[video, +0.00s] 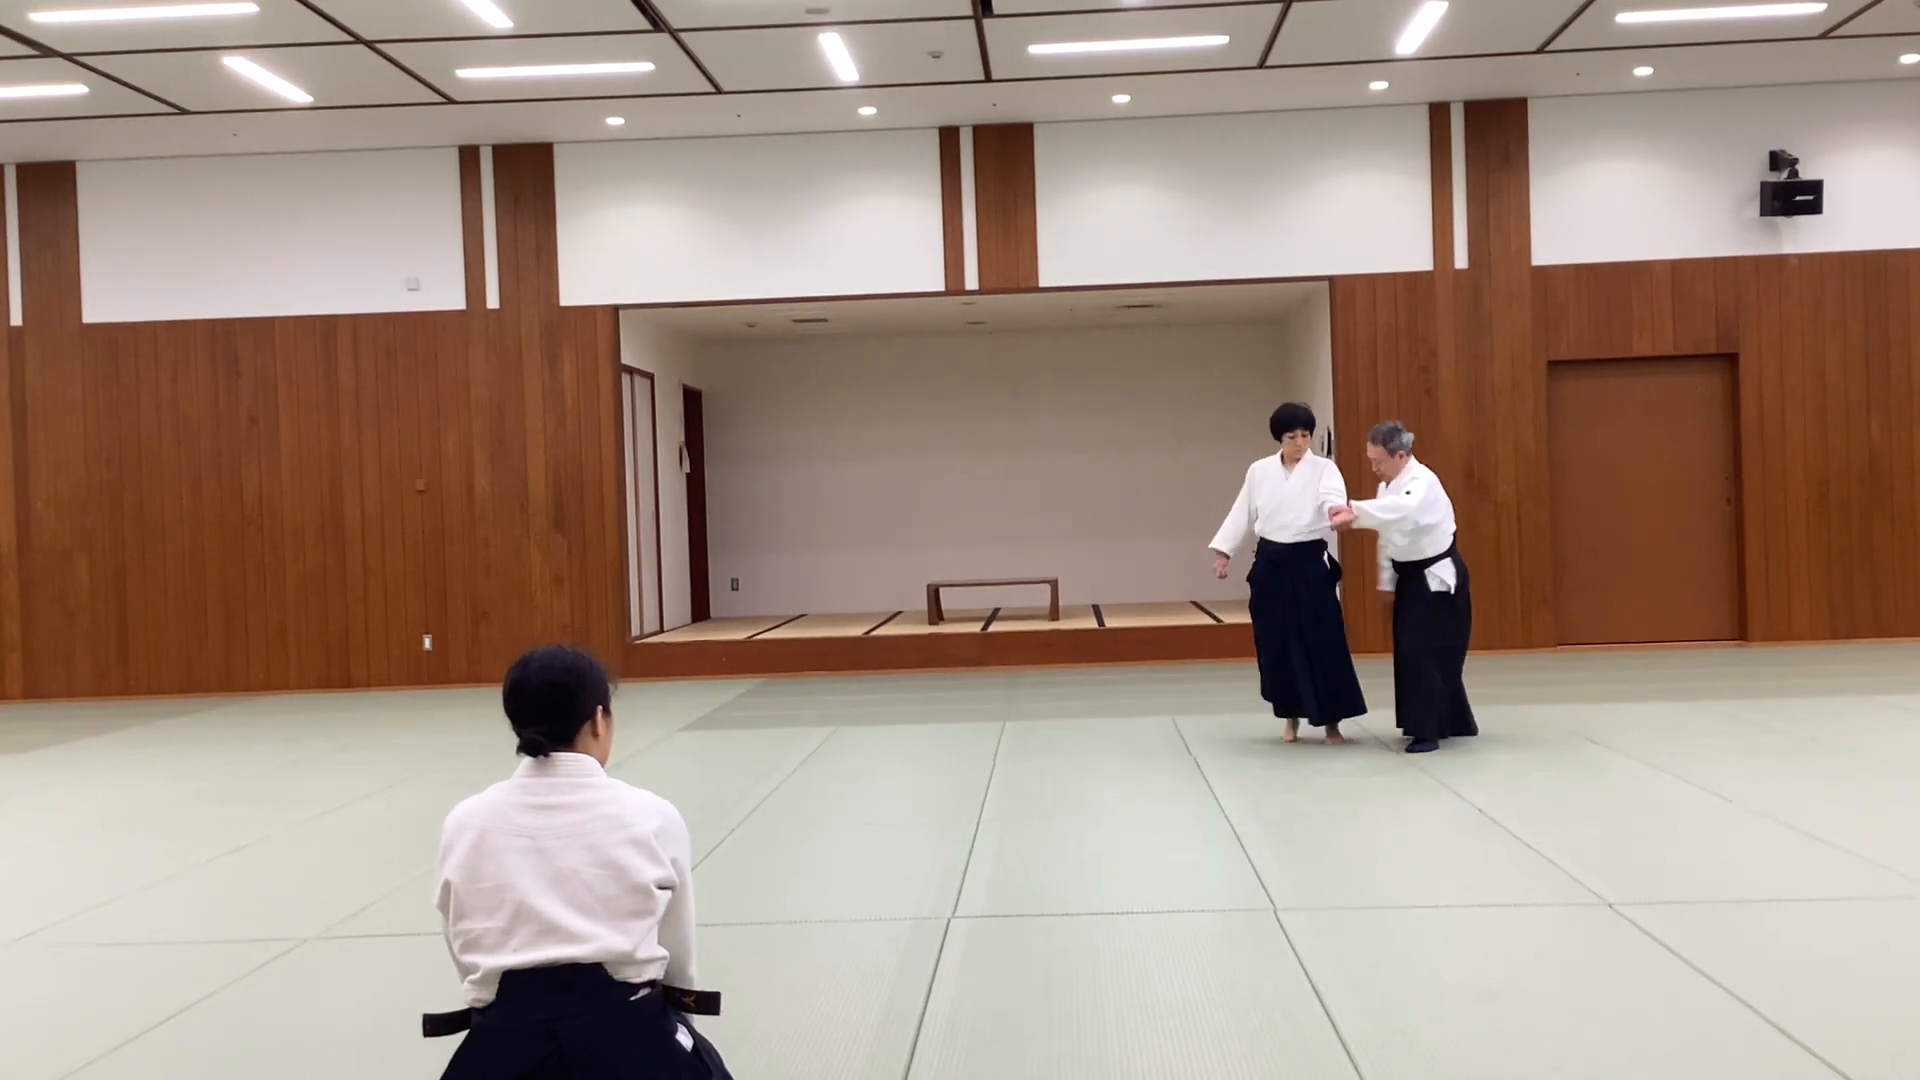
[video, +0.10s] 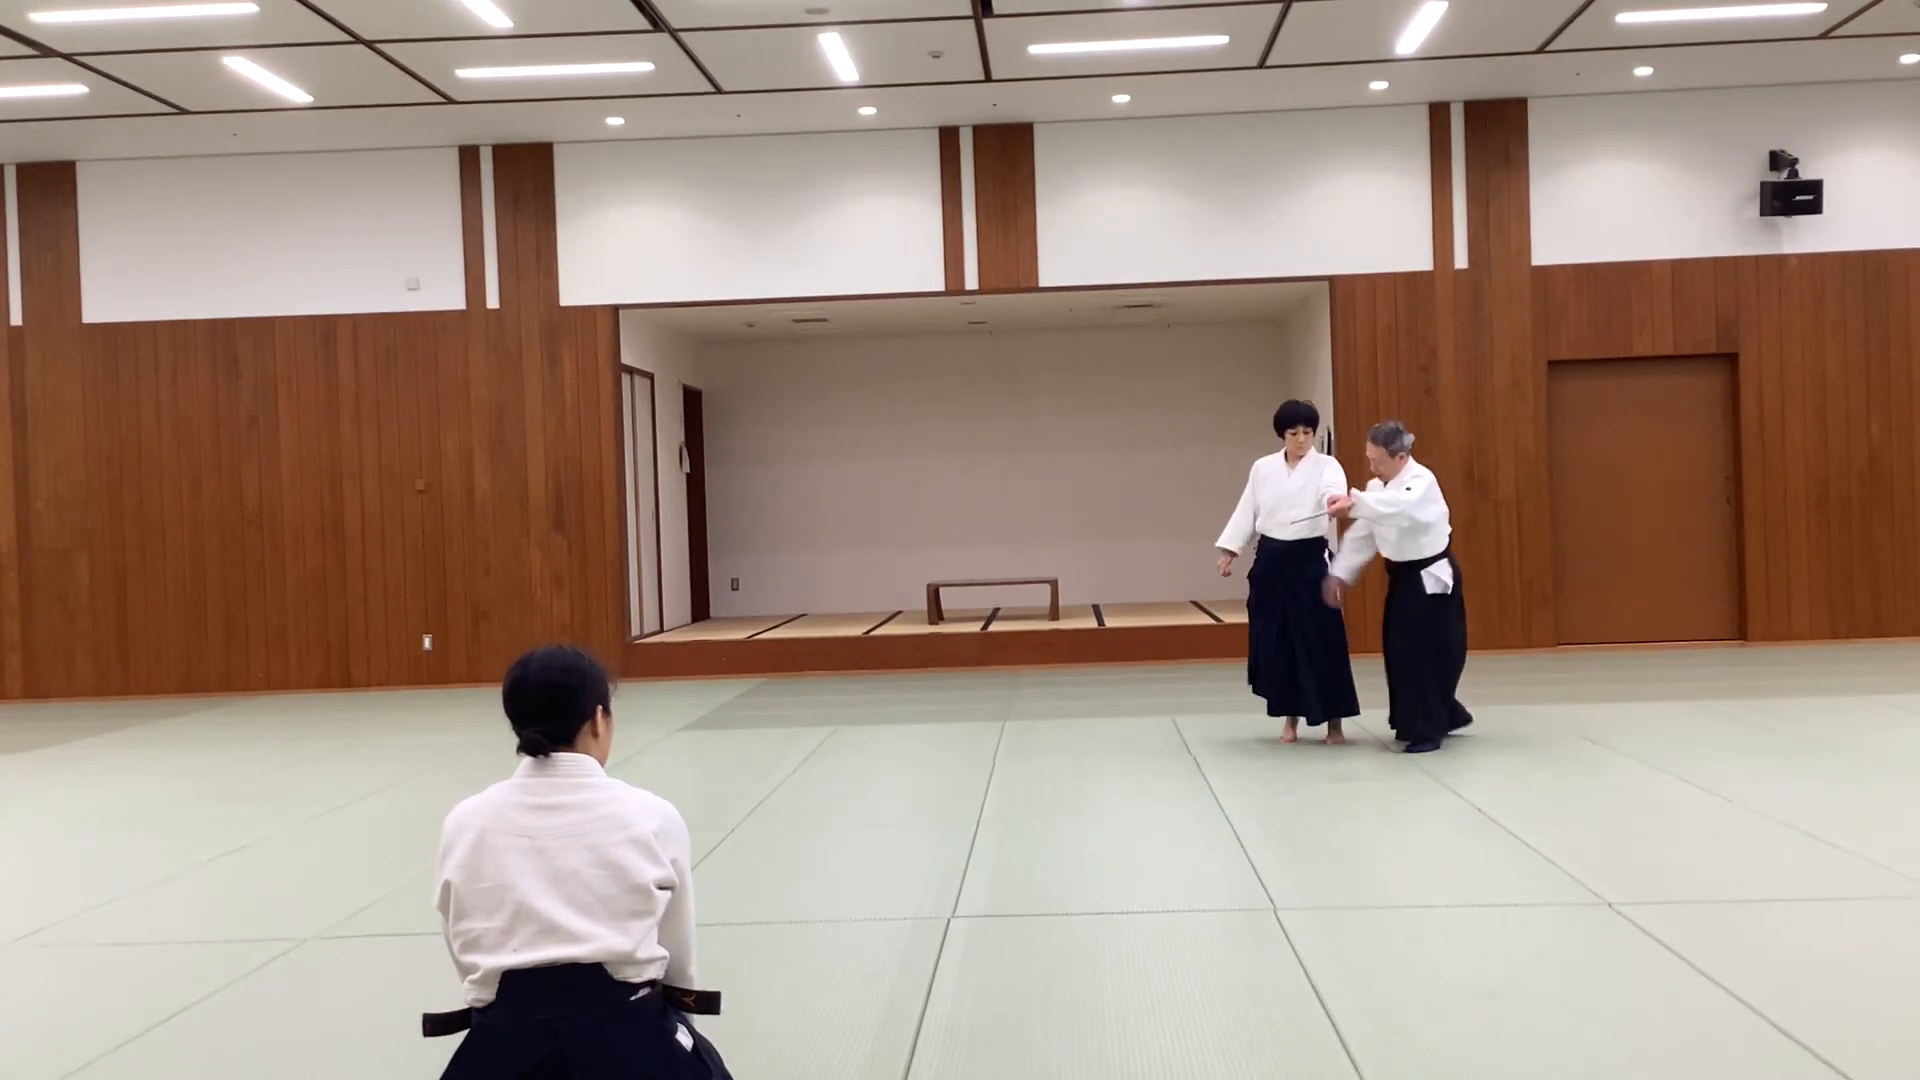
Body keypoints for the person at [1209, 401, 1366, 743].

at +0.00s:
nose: (1300, 442)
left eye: (1305, 435)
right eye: (1293, 436)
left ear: (1312, 436)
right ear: (1279, 436)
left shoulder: (1325, 469)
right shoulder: (1259, 470)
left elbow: (1334, 500)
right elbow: (1241, 513)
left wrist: (1338, 511)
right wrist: (1224, 550)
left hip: (1311, 562)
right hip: (1270, 564)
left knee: (1321, 640)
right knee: (1278, 642)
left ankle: (1332, 725)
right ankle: (1290, 721)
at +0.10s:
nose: (1301, 438)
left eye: (1307, 431)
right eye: (1294, 431)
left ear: (1315, 433)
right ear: (1281, 433)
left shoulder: (1328, 467)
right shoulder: (1263, 468)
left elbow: (1337, 500)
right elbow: (1246, 511)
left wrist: (1339, 504)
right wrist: (1229, 549)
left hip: (1311, 559)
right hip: (1271, 560)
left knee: (1322, 637)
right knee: (1278, 639)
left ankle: (1334, 723)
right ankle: (1289, 719)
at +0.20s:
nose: (1300, 436)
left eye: (1306, 429)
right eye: (1293, 430)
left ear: (1315, 431)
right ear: (1281, 431)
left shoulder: (1328, 465)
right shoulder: (1264, 465)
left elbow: (1337, 515)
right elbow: (1248, 507)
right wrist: (1234, 546)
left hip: (1312, 558)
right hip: (1269, 556)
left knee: (1319, 637)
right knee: (1279, 637)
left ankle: (1335, 722)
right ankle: (1290, 719)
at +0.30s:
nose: (1297, 435)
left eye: (1303, 429)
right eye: (1290, 429)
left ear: (1314, 430)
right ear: (1280, 431)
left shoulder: (1325, 466)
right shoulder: (1264, 463)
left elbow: (1323, 517)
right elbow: (1248, 506)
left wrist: (1279, 538)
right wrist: (1234, 545)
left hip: (1309, 559)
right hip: (1269, 558)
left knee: (1318, 637)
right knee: (1279, 638)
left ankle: (1336, 720)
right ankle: (1288, 720)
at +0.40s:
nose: (1291, 437)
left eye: (1298, 430)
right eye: (1284, 431)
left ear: (1310, 432)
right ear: (1276, 433)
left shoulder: (1320, 470)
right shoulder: (1262, 463)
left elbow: (1304, 517)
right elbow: (1245, 506)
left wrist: (1261, 544)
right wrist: (1232, 545)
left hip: (1301, 570)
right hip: (1264, 568)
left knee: (1300, 643)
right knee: (1268, 642)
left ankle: (1305, 718)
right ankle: (1286, 713)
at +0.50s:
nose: (1273, 451)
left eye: (1280, 444)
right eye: (1267, 444)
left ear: (1295, 444)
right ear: (1261, 443)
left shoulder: (1307, 482)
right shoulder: (1252, 472)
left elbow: (1296, 536)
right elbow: (1236, 515)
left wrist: (1257, 568)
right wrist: (1226, 556)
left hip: (1284, 571)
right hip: (1246, 565)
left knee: (1270, 642)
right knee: (1233, 636)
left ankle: (1262, 719)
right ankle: (1248, 717)